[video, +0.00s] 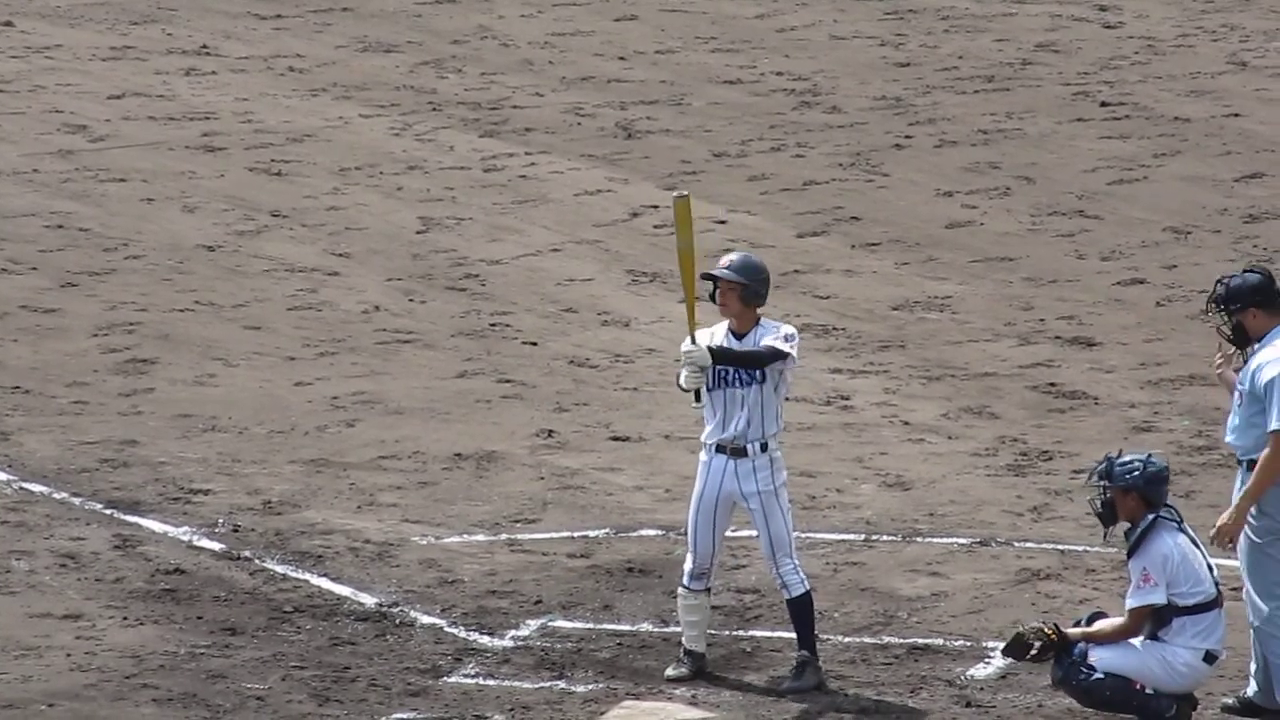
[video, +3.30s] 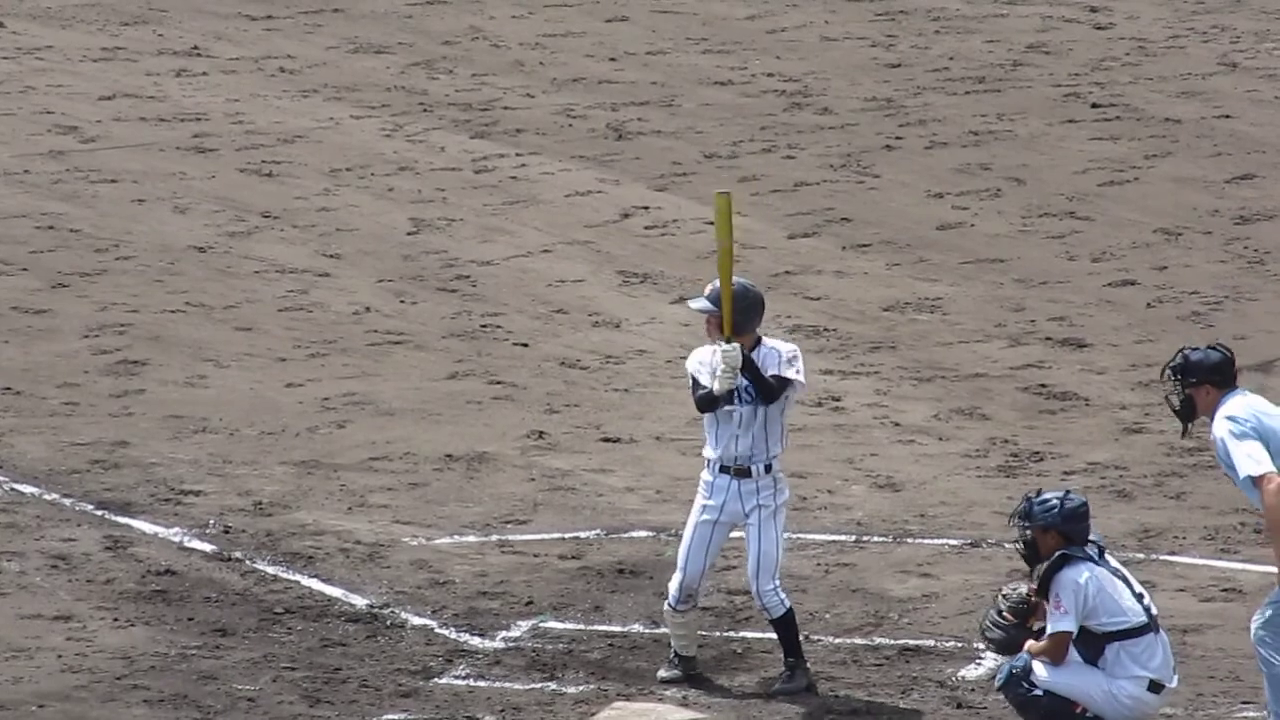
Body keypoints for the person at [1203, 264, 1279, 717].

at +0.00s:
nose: (1230, 321)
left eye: (1233, 313)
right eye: (1229, 313)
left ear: (1253, 315)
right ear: (1261, 312)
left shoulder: (1272, 365)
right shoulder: (1264, 354)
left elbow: (1275, 448)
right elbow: (1259, 410)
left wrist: (1240, 509)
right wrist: (1232, 380)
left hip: (1266, 496)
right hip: (1254, 489)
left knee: (1266, 600)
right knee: (1260, 596)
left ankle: (1269, 694)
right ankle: (1264, 691)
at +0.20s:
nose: (1218, 335)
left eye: (1219, 326)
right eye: (1216, 327)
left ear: (1235, 324)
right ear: (1256, 315)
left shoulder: (1259, 372)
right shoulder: (1271, 349)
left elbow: (1269, 453)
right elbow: (1270, 423)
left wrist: (1246, 523)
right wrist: (1236, 432)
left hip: (1266, 515)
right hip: (1264, 506)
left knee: (1254, 620)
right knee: (1260, 608)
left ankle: (1272, 703)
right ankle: (1259, 694)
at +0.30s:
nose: (1214, 339)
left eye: (1214, 330)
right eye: (1212, 330)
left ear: (1230, 327)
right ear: (1252, 318)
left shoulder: (1253, 373)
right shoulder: (1272, 348)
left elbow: (1265, 455)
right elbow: (1267, 423)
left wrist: (1250, 533)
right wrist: (1242, 457)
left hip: (1269, 522)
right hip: (1272, 514)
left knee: (1249, 627)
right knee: (1264, 608)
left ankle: (1276, 706)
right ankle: (1263, 688)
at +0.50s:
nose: (1203, 345)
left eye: (1205, 336)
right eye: (1202, 336)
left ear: (1222, 334)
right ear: (1244, 327)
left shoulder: (1246, 380)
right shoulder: (1270, 356)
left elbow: (1267, 461)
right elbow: (1268, 456)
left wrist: (1255, 537)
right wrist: (1253, 516)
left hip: (1271, 527)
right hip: (1274, 521)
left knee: (1243, 630)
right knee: (1264, 621)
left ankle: (1275, 706)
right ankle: (1271, 699)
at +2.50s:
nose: (1221, 335)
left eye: (1224, 327)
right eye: (1221, 326)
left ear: (1243, 326)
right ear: (1258, 321)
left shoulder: (1258, 369)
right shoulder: (1269, 354)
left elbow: (1270, 448)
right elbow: (1269, 448)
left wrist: (1253, 520)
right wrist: (1256, 518)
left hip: (1274, 519)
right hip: (1271, 517)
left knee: (1255, 627)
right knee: (1262, 617)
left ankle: (1274, 702)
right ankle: (1273, 692)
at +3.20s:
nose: (1188, 375)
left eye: (1192, 367)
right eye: (1187, 366)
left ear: (1212, 370)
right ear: (1225, 365)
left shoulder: (1231, 403)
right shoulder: (1257, 385)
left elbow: (1272, 467)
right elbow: (1272, 461)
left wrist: (1276, 546)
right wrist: (1269, 504)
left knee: (1268, 626)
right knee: (1268, 626)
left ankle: (1276, 708)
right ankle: (1274, 707)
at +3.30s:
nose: (1184, 396)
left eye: (1187, 388)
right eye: (1184, 388)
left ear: (1207, 392)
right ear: (1219, 386)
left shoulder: (1227, 422)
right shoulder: (1251, 403)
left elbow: (1271, 484)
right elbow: (1272, 481)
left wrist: (1276, 548)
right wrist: (1271, 538)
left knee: (1266, 628)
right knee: (1267, 626)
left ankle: (1276, 709)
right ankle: (1274, 708)